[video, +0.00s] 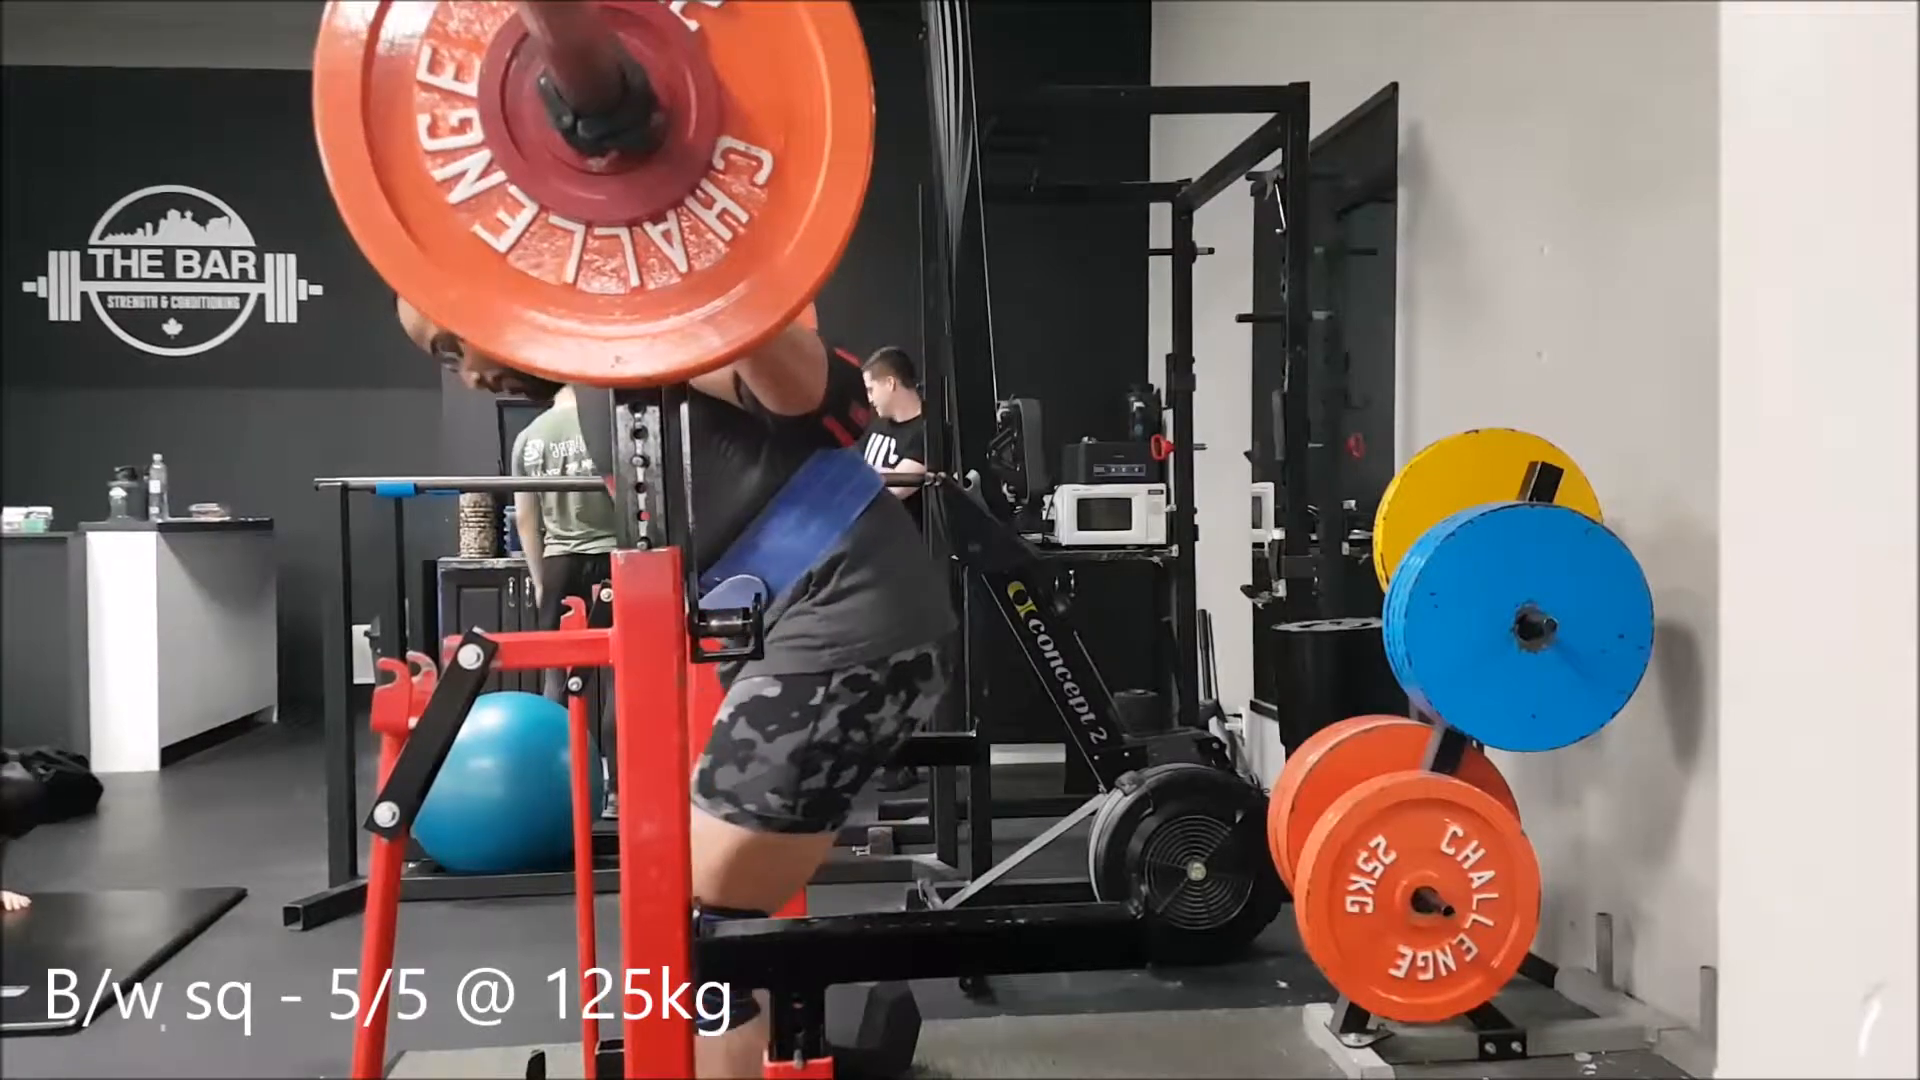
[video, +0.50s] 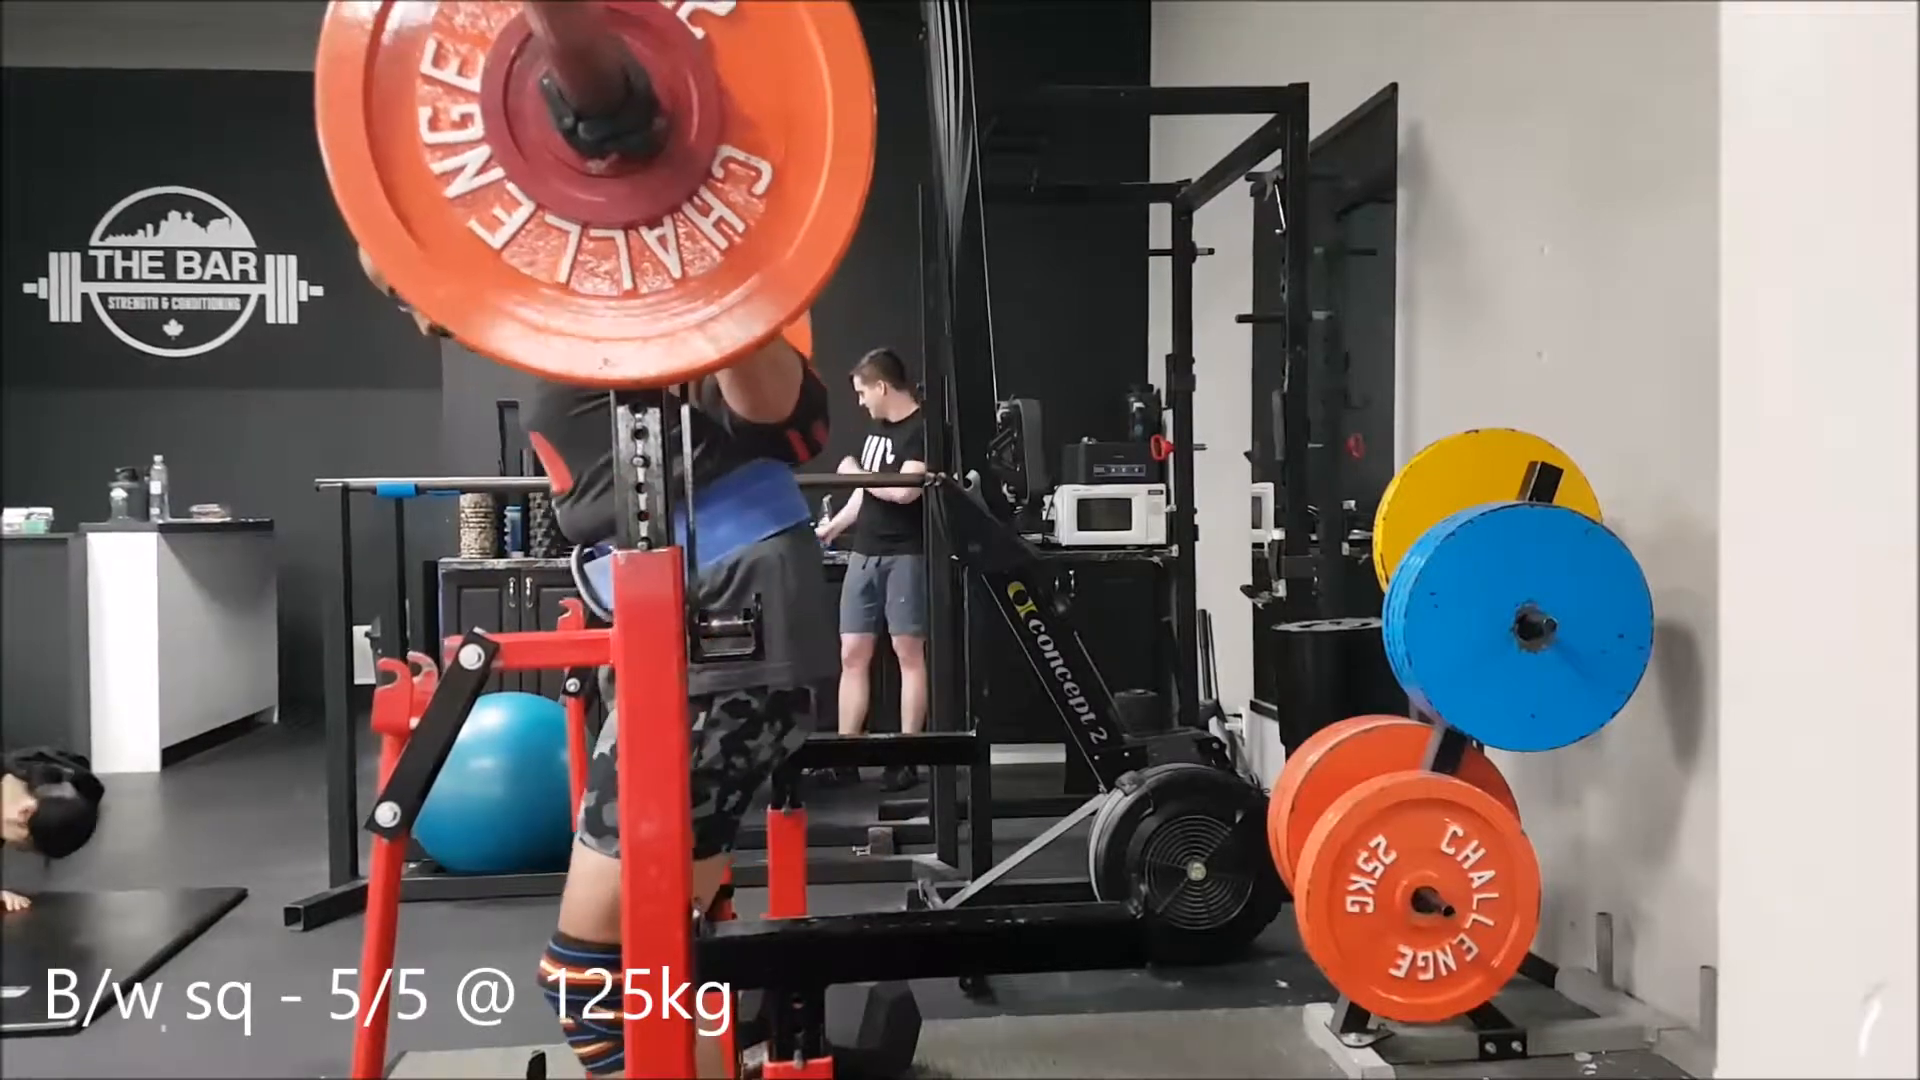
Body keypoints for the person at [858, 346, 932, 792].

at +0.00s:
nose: (869, 396)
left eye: (872, 386)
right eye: (867, 388)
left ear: (894, 383)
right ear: (892, 385)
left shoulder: (927, 429)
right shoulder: (880, 428)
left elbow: (908, 485)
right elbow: (856, 473)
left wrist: (859, 477)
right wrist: (896, 480)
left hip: (924, 550)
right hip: (882, 548)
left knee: (923, 650)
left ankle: (913, 757)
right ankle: (890, 756)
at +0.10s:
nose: (866, 400)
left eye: (868, 390)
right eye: (864, 392)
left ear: (888, 385)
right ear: (886, 387)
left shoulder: (926, 430)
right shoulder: (876, 429)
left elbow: (899, 489)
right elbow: (846, 471)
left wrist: (854, 475)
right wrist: (887, 479)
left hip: (917, 553)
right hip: (881, 550)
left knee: (917, 649)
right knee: (888, 649)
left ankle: (913, 745)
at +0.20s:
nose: (864, 403)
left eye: (866, 393)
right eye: (862, 394)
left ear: (886, 387)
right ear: (884, 388)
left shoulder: (928, 429)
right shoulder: (881, 429)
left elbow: (899, 491)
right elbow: (868, 492)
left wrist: (850, 476)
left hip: (906, 555)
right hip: (864, 551)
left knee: (908, 652)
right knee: (851, 647)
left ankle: (908, 753)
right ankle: (839, 745)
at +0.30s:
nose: (863, 403)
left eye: (864, 393)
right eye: (860, 394)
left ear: (884, 388)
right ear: (882, 388)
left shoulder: (926, 428)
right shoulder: (878, 430)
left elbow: (897, 489)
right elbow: (873, 489)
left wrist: (854, 461)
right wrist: (842, 521)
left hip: (905, 554)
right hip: (864, 552)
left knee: (908, 652)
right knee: (854, 652)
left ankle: (907, 755)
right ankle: (845, 753)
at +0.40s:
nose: (862, 404)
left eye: (863, 394)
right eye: (860, 395)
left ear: (883, 388)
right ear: (882, 388)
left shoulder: (926, 427)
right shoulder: (877, 430)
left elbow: (898, 488)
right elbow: (869, 489)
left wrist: (860, 458)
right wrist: (838, 523)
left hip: (907, 553)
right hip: (865, 553)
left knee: (908, 651)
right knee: (853, 653)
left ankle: (908, 755)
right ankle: (846, 754)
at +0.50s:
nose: (861, 403)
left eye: (863, 394)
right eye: (859, 395)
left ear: (883, 387)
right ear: (881, 388)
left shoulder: (925, 427)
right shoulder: (876, 430)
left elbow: (908, 491)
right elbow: (864, 493)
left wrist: (857, 476)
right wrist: (834, 525)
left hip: (906, 554)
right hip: (864, 554)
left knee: (908, 651)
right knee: (853, 653)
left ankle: (908, 755)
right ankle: (845, 754)